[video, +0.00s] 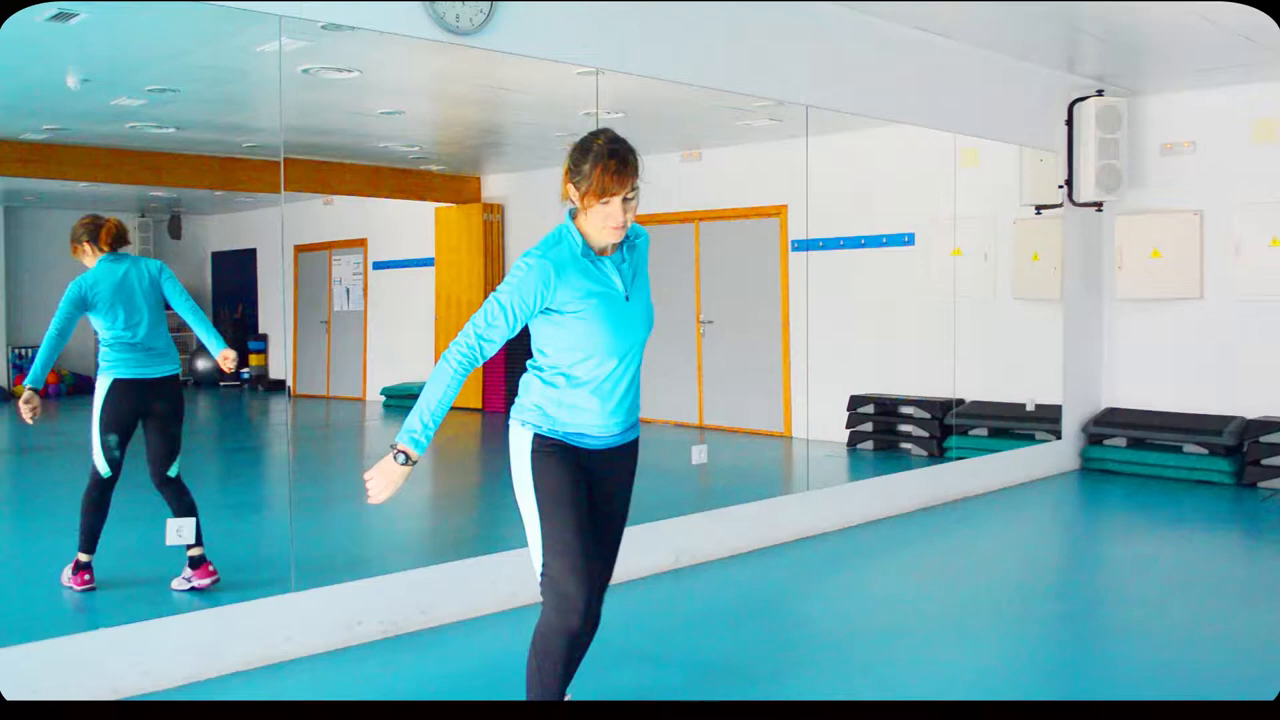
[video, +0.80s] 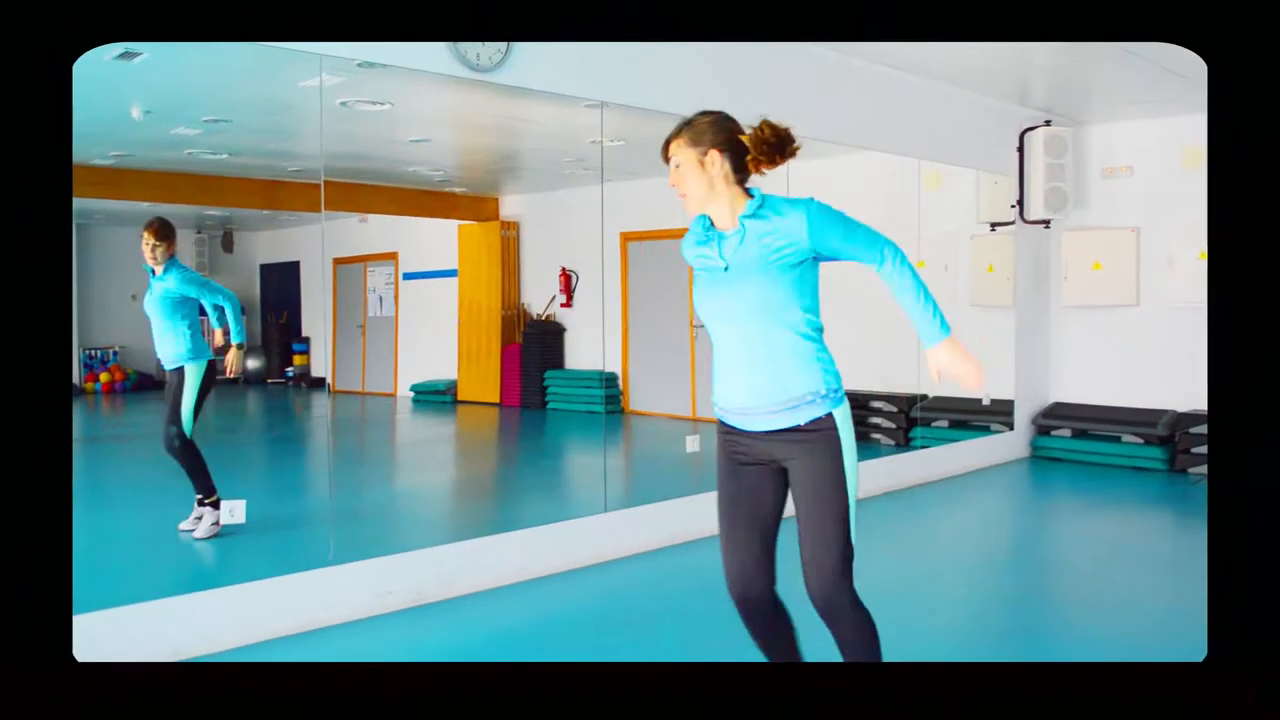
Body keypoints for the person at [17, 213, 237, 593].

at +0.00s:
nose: (82, 261)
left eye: (79, 254)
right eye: (79, 255)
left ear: (88, 247)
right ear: (114, 241)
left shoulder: (85, 283)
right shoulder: (155, 268)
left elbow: (57, 334)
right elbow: (186, 306)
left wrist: (31, 385)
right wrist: (219, 347)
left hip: (119, 386)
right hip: (166, 385)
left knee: (103, 475)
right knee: (167, 475)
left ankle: (82, 566)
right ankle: (200, 563)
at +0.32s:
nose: (73, 257)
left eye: (71, 250)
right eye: (70, 251)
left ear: (81, 246)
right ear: (106, 237)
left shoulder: (82, 285)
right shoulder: (146, 265)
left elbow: (82, 333)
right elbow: (185, 302)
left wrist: (85, 382)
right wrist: (224, 339)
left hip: (118, 379)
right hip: (162, 374)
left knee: (113, 464)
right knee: (164, 452)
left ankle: (103, 555)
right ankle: (178, 535)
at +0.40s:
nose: (78, 261)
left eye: (76, 255)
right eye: (75, 256)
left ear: (87, 251)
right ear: (108, 244)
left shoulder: (89, 288)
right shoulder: (149, 270)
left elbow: (95, 336)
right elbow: (194, 303)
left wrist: (103, 383)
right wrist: (237, 335)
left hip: (125, 380)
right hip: (167, 375)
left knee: (118, 463)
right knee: (168, 453)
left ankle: (110, 552)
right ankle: (178, 527)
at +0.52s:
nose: (88, 266)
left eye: (89, 260)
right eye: (87, 260)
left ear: (106, 258)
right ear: (120, 255)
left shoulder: (108, 292)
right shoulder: (156, 275)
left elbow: (130, 332)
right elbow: (202, 296)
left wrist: (150, 376)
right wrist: (244, 319)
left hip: (141, 380)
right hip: (177, 372)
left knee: (133, 460)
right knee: (171, 451)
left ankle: (123, 547)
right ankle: (179, 523)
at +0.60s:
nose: (102, 261)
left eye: (106, 254)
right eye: (101, 254)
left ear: (124, 254)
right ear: (134, 252)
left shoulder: (126, 287)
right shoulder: (159, 271)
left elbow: (161, 316)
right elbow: (198, 286)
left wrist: (191, 359)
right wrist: (240, 305)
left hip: (156, 375)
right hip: (185, 371)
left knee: (146, 452)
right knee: (175, 446)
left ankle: (142, 536)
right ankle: (185, 520)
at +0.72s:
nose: (135, 251)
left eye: (142, 246)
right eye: (131, 245)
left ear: (157, 248)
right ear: (128, 245)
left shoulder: (158, 277)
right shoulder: (158, 270)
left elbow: (208, 291)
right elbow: (206, 278)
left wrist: (230, 337)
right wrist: (234, 302)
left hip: (182, 365)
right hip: (175, 364)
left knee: (165, 440)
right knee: (174, 439)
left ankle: (193, 516)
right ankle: (197, 513)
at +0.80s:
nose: (151, 250)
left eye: (158, 245)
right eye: (147, 244)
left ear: (171, 247)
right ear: (141, 246)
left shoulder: (180, 277)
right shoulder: (157, 276)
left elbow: (229, 299)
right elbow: (205, 297)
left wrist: (238, 345)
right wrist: (217, 328)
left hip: (194, 364)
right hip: (176, 366)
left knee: (177, 439)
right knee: (174, 439)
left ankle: (212, 506)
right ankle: (204, 503)